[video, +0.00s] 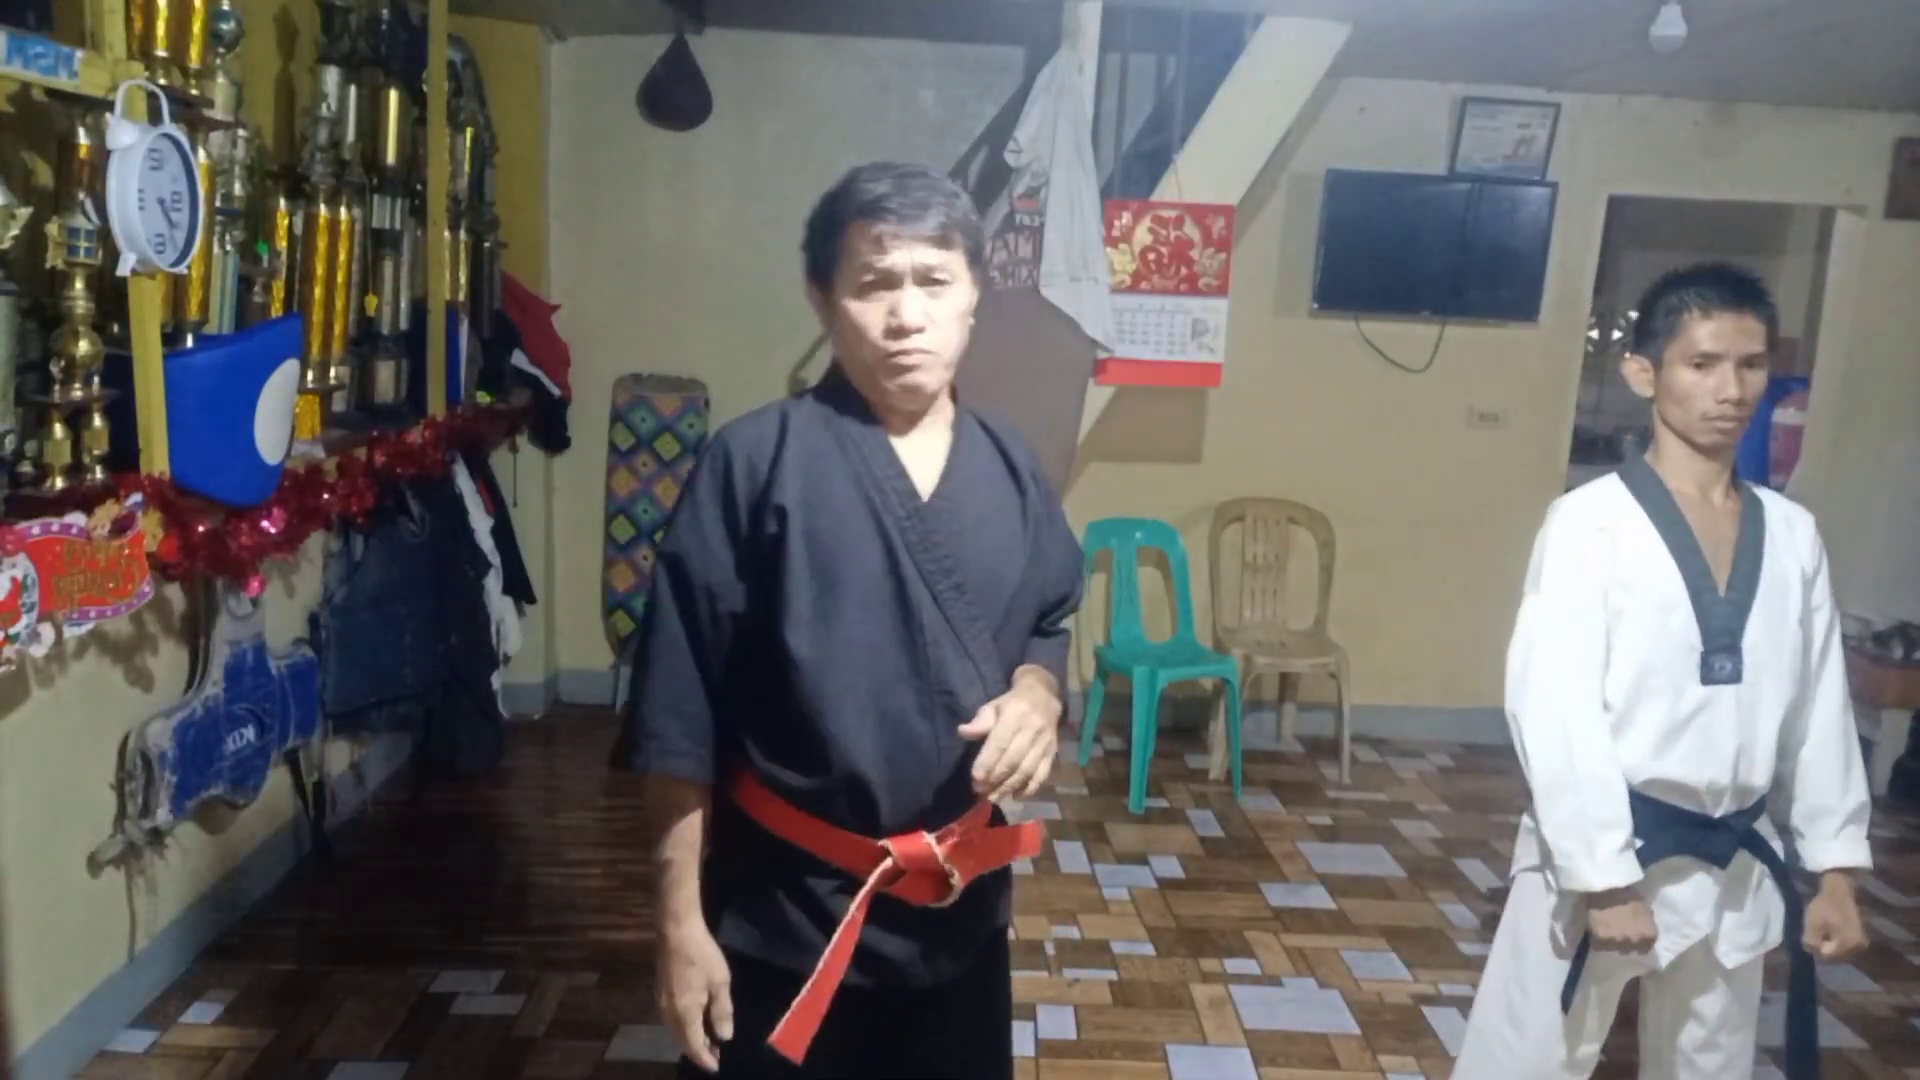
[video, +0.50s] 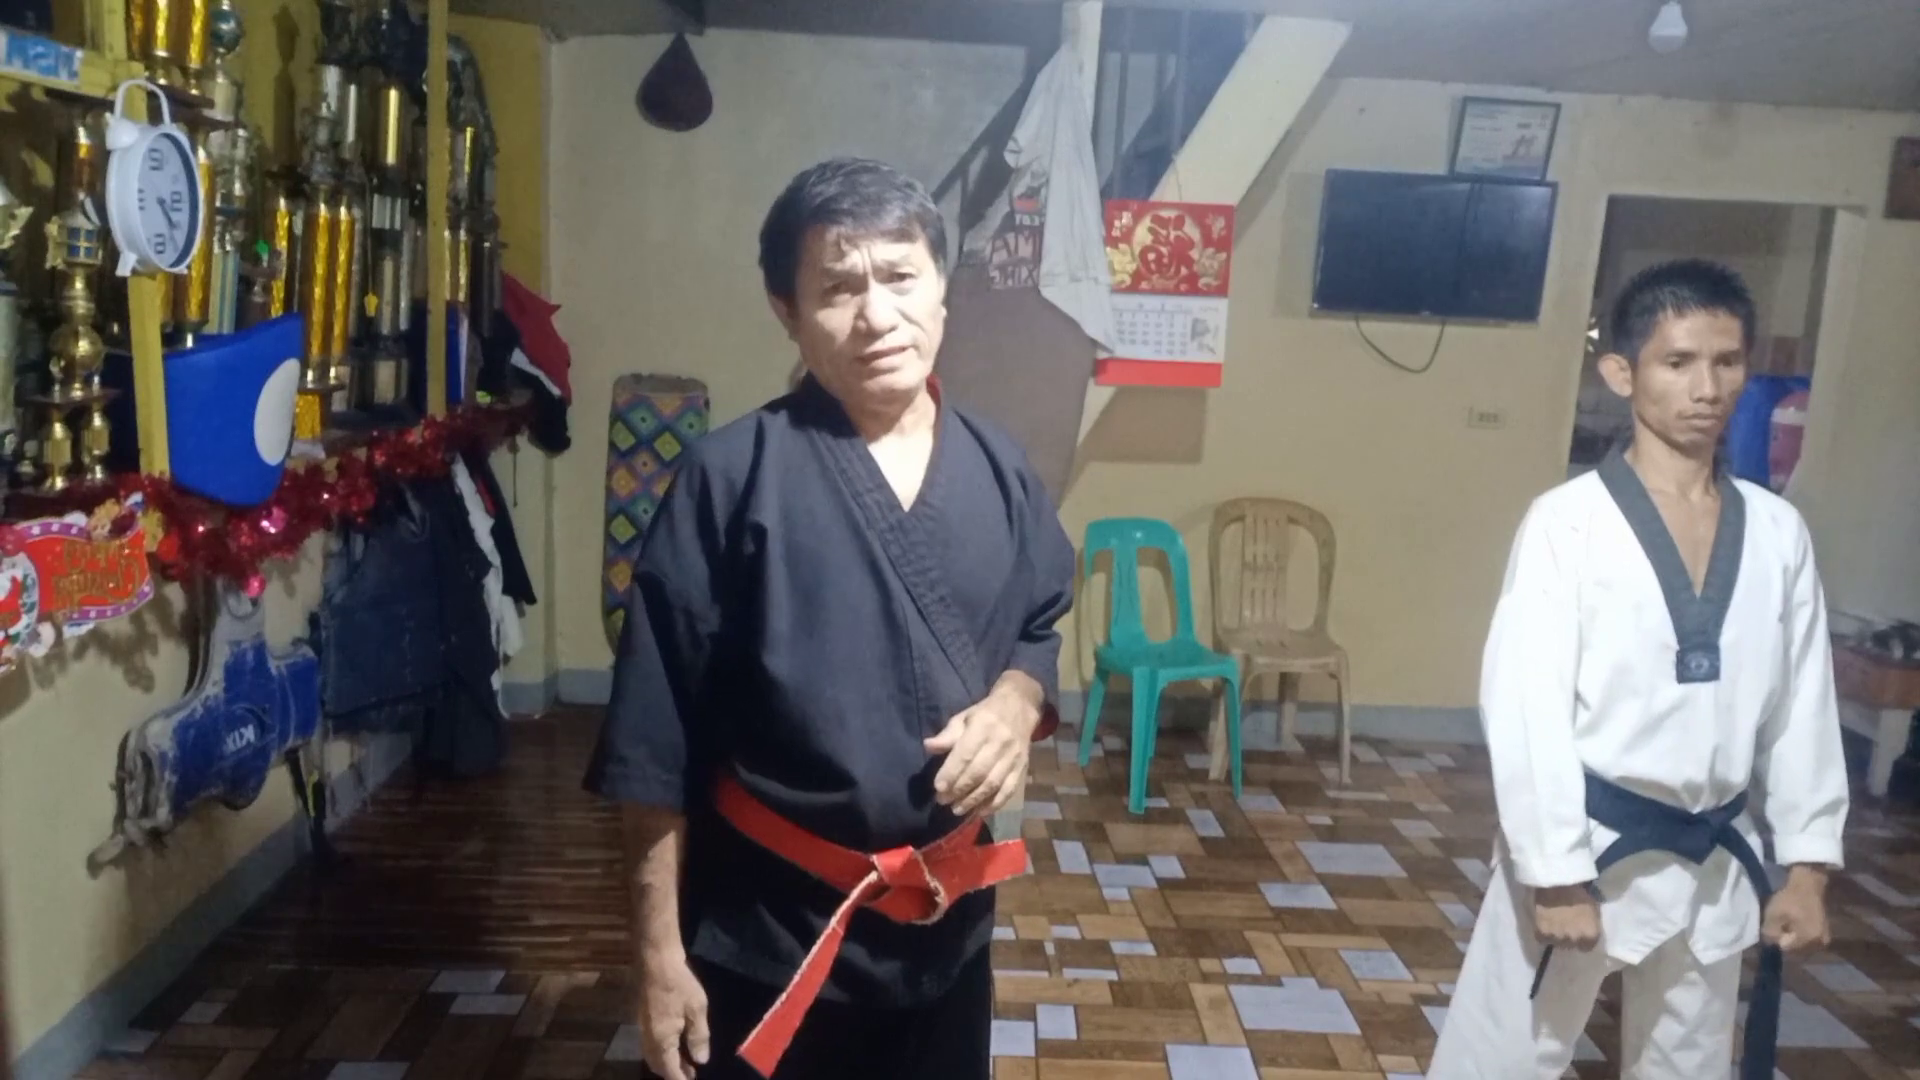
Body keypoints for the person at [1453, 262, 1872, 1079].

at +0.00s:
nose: (1731, 389)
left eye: (1750, 364)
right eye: (1703, 363)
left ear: (1768, 374)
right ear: (1642, 374)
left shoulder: (1793, 534)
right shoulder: (1587, 524)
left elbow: (1820, 709)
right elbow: (1552, 704)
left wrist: (1837, 871)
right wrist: (1607, 879)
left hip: (1735, 869)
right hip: (1595, 861)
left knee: (1710, 1070)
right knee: (1526, 1065)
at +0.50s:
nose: (1708, 387)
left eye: (1726, 361)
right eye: (1679, 361)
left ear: (1746, 370)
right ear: (1620, 374)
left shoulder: (1778, 530)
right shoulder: (1565, 523)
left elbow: (1805, 704)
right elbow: (1524, 702)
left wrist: (1808, 864)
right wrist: (1556, 871)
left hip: (1718, 862)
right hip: (1579, 857)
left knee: (1688, 1069)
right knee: (1505, 1062)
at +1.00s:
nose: (1697, 386)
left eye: (1717, 360)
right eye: (1667, 361)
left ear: (1738, 369)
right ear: (1612, 374)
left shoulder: (1780, 529)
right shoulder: (1559, 523)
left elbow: (1809, 704)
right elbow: (1519, 702)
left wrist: (1814, 864)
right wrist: (1546, 867)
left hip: (1720, 863)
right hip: (1580, 856)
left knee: (1692, 1070)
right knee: (1495, 1063)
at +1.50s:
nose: (1718, 387)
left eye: (1730, 362)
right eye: (1689, 363)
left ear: (1745, 368)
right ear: (1621, 376)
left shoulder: (1775, 530)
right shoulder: (1565, 527)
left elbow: (1808, 705)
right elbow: (1531, 710)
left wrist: (1826, 866)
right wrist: (1570, 880)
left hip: (1721, 870)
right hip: (1581, 864)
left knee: (1693, 1071)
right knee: (1506, 1066)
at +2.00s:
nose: (1724, 385)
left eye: (1738, 362)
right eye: (1696, 361)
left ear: (1751, 372)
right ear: (1628, 374)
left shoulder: (1778, 533)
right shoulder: (1568, 526)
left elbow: (1813, 711)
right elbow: (1535, 711)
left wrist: (1837, 873)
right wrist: (1580, 885)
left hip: (1726, 883)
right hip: (1586, 876)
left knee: (1704, 1070)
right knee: (1528, 1067)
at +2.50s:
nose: (1714, 386)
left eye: (1727, 362)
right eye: (1685, 362)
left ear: (1741, 370)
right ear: (1618, 375)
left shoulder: (1769, 530)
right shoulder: (1561, 526)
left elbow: (1803, 703)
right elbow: (1529, 711)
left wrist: (1827, 867)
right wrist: (1569, 885)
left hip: (1710, 869)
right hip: (1578, 864)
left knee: (1684, 1069)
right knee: (1517, 1065)